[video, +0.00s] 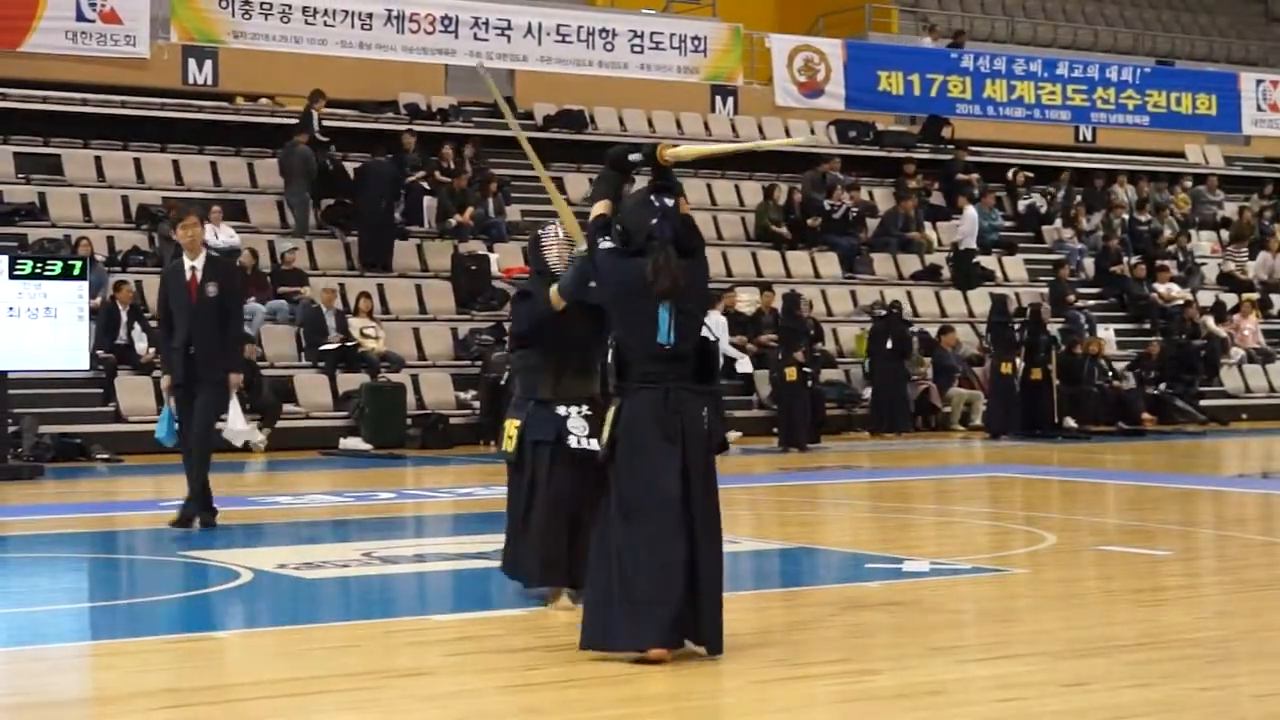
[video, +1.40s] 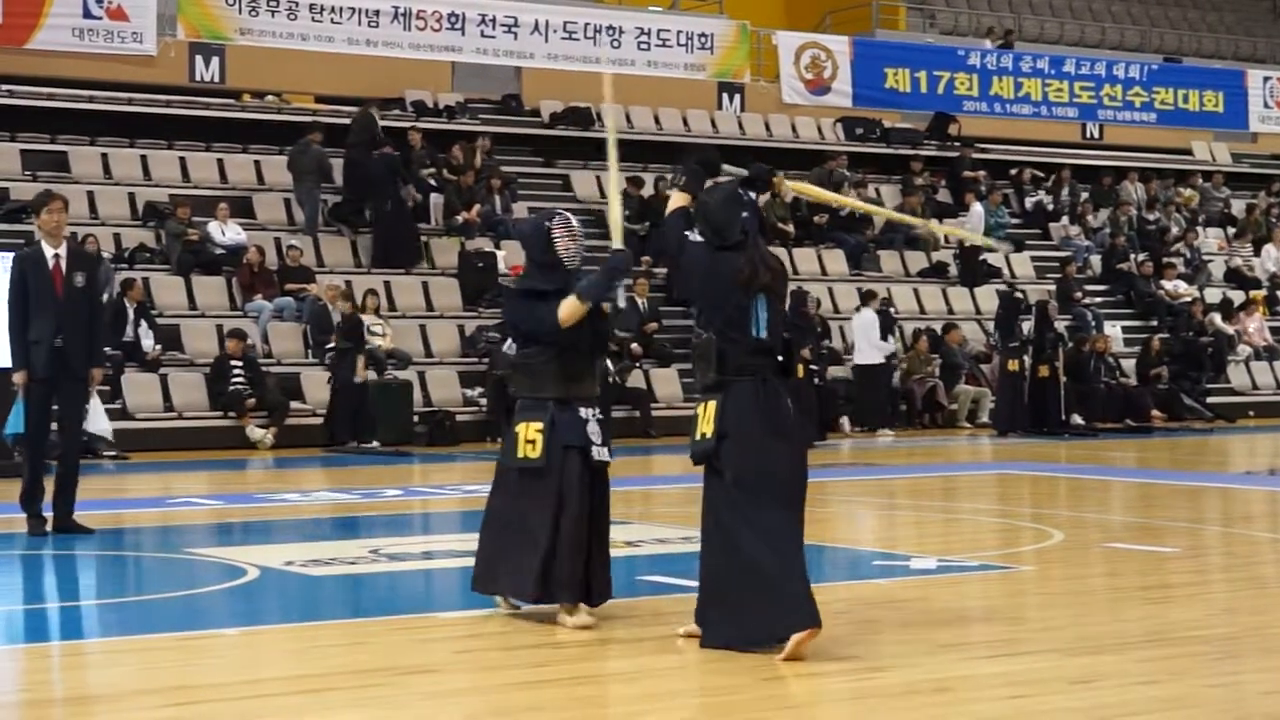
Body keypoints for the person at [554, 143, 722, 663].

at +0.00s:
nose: (615, 231)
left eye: (621, 226)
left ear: (627, 235)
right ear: (672, 232)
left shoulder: (617, 271)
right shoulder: (694, 275)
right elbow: (684, 235)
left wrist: (596, 233)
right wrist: (667, 184)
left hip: (642, 402)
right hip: (688, 400)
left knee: (646, 513)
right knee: (688, 510)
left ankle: (655, 634)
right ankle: (689, 625)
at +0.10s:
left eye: (629, 219)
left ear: (630, 229)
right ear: (674, 225)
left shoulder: (622, 274)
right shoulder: (698, 274)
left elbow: (573, 275)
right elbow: (681, 240)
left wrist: (598, 228)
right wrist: (664, 198)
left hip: (648, 401)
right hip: (694, 400)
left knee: (645, 510)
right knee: (680, 509)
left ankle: (654, 631)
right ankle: (664, 624)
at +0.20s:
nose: (626, 229)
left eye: (628, 220)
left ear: (633, 226)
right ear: (676, 222)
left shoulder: (635, 275)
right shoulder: (701, 272)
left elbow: (570, 292)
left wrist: (596, 242)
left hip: (665, 396)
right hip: (709, 394)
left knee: (652, 502)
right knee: (687, 502)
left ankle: (658, 623)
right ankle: (662, 611)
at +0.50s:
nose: (637, 245)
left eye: (642, 237)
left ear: (649, 244)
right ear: (692, 242)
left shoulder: (643, 286)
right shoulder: (716, 287)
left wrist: (614, 254)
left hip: (671, 415)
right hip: (715, 413)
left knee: (660, 519)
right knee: (699, 517)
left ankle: (691, 618)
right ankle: (678, 618)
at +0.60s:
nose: (646, 239)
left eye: (651, 231)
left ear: (662, 238)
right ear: (703, 239)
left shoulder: (659, 280)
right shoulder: (721, 282)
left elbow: (638, 238)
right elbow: (709, 233)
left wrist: (638, 203)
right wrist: (698, 186)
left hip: (684, 412)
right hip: (725, 411)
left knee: (664, 519)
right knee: (709, 515)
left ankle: (731, 607)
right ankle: (679, 619)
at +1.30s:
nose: (692, 225)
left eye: (697, 218)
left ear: (705, 229)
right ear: (744, 225)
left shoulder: (700, 268)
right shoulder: (762, 271)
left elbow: (671, 222)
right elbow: (744, 226)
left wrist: (684, 176)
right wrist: (747, 184)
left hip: (729, 398)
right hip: (767, 396)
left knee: (741, 510)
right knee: (727, 512)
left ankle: (797, 612)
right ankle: (702, 613)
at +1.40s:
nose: (698, 226)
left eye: (703, 218)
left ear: (711, 227)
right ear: (750, 222)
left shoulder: (708, 266)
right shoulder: (771, 269)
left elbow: (672, 235)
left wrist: (681, 197)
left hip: (737, 397)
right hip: (775, 396)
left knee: (744, 511)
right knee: (742, 512)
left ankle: (797, 614)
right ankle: (718, 615)